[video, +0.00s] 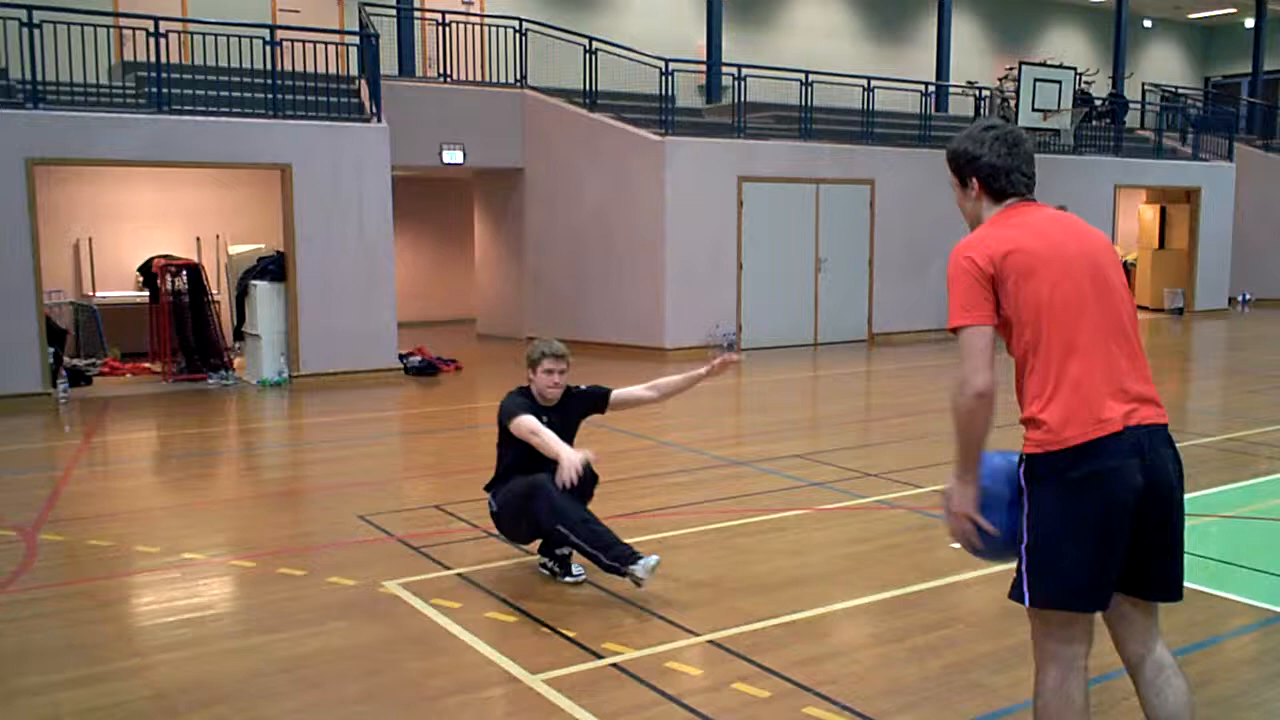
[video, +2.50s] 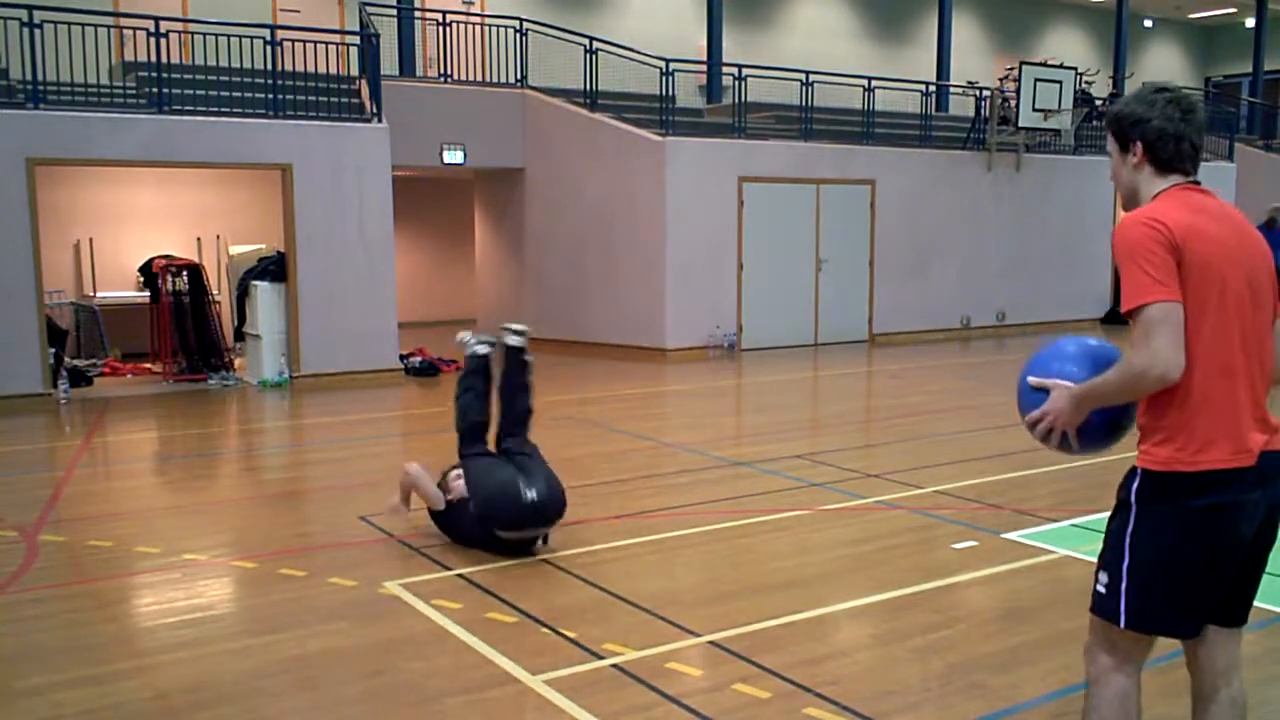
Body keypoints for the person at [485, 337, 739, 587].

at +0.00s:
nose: (555, 380)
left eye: (561, 373)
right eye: (548, 373)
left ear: (567, 374)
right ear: (531, 374)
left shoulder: (578, 399)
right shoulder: (514, 404)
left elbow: (651, 392)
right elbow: (533, 433)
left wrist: (703, 373)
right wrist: (566, 454)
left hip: (553, 504)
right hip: (511, 510)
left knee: (583, 472)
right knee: (539, 486)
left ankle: (555, 554)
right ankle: (628, 562)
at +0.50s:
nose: (596, 331)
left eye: (600, 324)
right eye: (587, 324)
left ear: (606, 326)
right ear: (569, 328)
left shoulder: (609, 348)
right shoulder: (549, 352)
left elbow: (661, 350)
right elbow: (578, 371)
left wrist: (698, 342)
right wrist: (618, 368)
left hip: (566, 438)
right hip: (518, 435)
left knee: (587, 485)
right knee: (560, 460)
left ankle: (554, 555)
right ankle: (602, 564)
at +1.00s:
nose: (602, 320)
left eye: (607, 312)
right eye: (593, 312)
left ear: (612, 313)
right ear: (573, 315)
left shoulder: (620, 349)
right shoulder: (545, 346)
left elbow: (633, 393)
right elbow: (513, 420)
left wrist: (626, 409)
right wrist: (572, 419)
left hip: (578, 420)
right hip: (531, 416)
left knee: (584, 490)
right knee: (561, 474)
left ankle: (553, 555)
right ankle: (577, 575)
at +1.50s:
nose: (602, 349)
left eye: (608, 341)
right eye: (594, 340)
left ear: (615, 338)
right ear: (576, 333)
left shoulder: (615, 362)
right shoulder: (549, 346)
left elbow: (665, 409)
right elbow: (504, 371)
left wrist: (707, 439)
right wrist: (508, 386)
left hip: (566, 426)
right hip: (521, 417)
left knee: (584, 485)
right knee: (545, 457)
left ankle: (547, 568)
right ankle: (557, 560)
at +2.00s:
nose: (531, 419)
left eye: (536, 411)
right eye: (523, 412)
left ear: (542, 412)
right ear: (507, 415)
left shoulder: (557, 446)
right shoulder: (490, 452)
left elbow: (618, 454)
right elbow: (506, 469)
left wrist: (621, 410)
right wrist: (541, 414)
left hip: (559, 543)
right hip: (516, 550)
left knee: (594, 468)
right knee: (532, 498)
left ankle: (554, 569)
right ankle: (585, 559)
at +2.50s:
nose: (464, 475)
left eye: (465, 472)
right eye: (456, 476)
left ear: (477, 474)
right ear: (447, 493)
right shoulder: (450, 515)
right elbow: (411, 469)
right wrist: (403, 500)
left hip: (550, 504)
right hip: (501, 510)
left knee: (514, 437)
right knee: (473, 444)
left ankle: (516, 352)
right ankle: (477, 356)